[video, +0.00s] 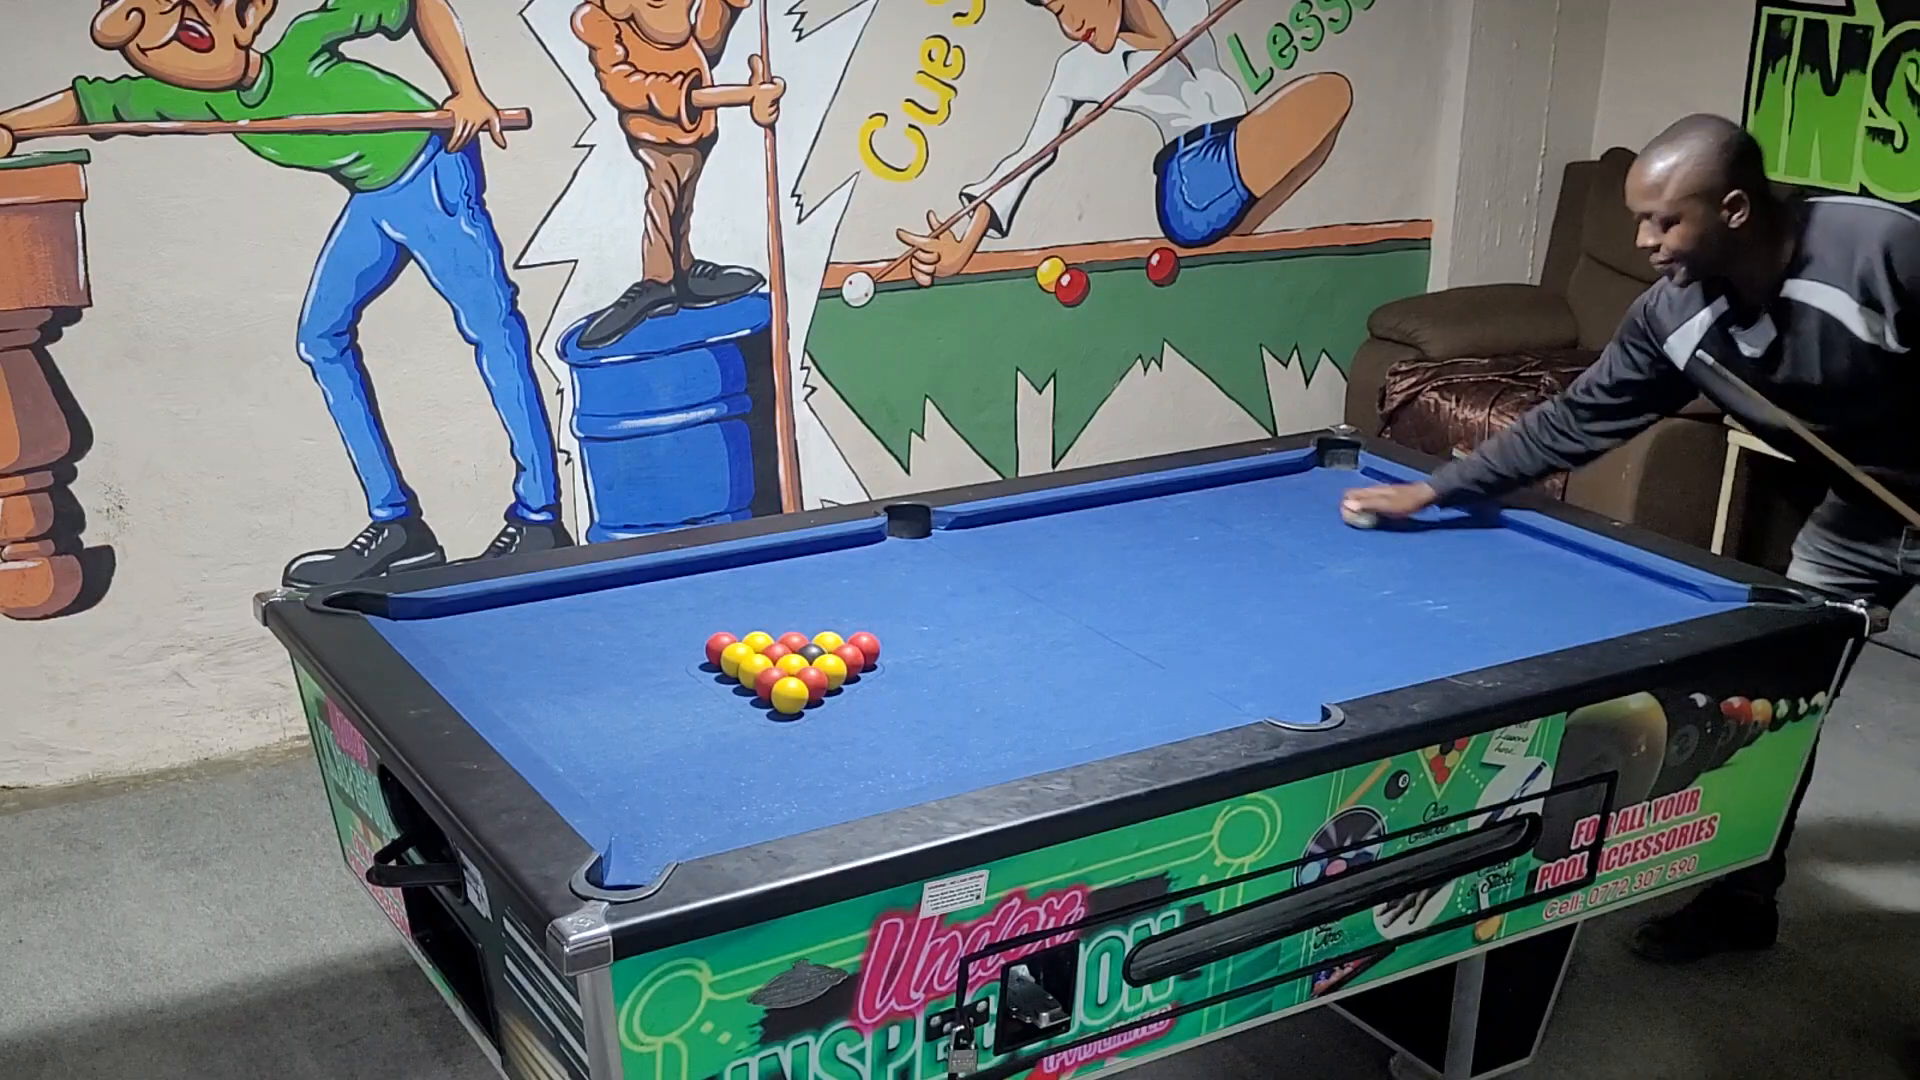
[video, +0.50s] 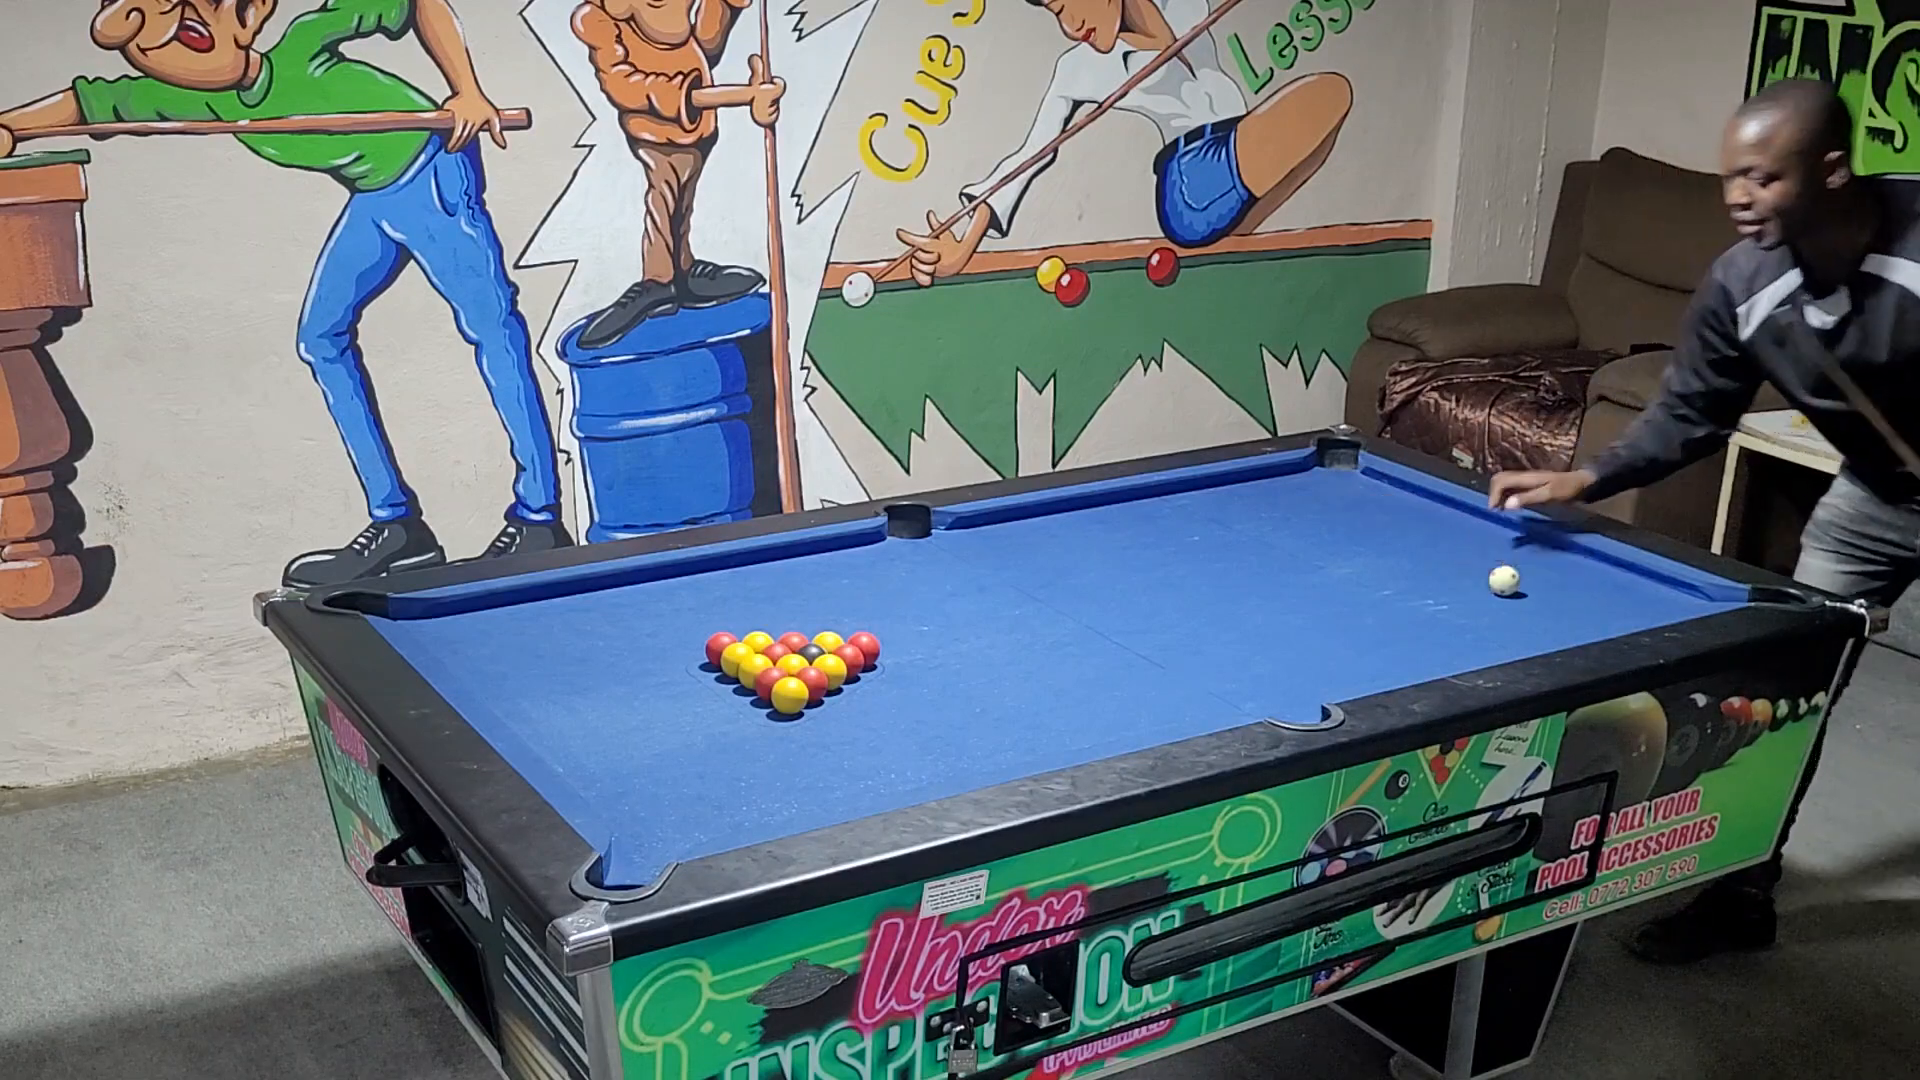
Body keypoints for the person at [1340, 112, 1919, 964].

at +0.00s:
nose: (1650, 244)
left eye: (1666, 222)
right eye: (1642, 225)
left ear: (1737, 208)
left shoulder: (1885, 250)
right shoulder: (1671, 316)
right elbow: (1570, 421)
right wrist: (1428, 489)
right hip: (1864, 501)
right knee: (1773, 690)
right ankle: (1741, 891)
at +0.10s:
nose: (1636, 249)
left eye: (1651, 228)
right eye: (1628, 230)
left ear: (1723, 207)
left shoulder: (1872, 249)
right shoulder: (1668, 310)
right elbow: (1595, 423)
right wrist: (1506, 521)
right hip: (1849, 496)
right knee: (1774, 682)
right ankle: (1743, 891)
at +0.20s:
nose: (1637, 240)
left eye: (1653, 219)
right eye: (1629, 221)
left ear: (1726, 201)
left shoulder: (1874, 241)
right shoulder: (1668, 307)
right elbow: (1610, 433)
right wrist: (1549, 535)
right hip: (1846, 489)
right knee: (1767, 679)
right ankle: (1740, 889)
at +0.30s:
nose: (1658, 228)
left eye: (1676, 205)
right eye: (1648, 208)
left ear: (1746, 188)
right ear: (1642, 205)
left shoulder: (1882, 228)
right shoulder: (1677, 310)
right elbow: (1624, 435)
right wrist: (1543, 534)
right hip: (1847, 487)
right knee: (1766, 677)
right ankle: (1742, 888)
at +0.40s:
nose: (1690, 213)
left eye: (1712, 190)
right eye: (1681, 193)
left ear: (1782, 179)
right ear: (1678, 192)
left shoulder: (1903, 229)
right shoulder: (1702, 298)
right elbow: (1644, 423)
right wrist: (1539, 508)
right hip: (1854, 491)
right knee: (1769, 677)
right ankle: (1741, 887)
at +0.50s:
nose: (1738, 200)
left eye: (1761, 176)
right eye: (1729, 178)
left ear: (1833, 169)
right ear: (1725, 177)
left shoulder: (1915, 235)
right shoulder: (1740, 285)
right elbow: (1688, 412)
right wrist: (1587, 479)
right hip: (1884, 487)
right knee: (1781, 670)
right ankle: (1742, 886)